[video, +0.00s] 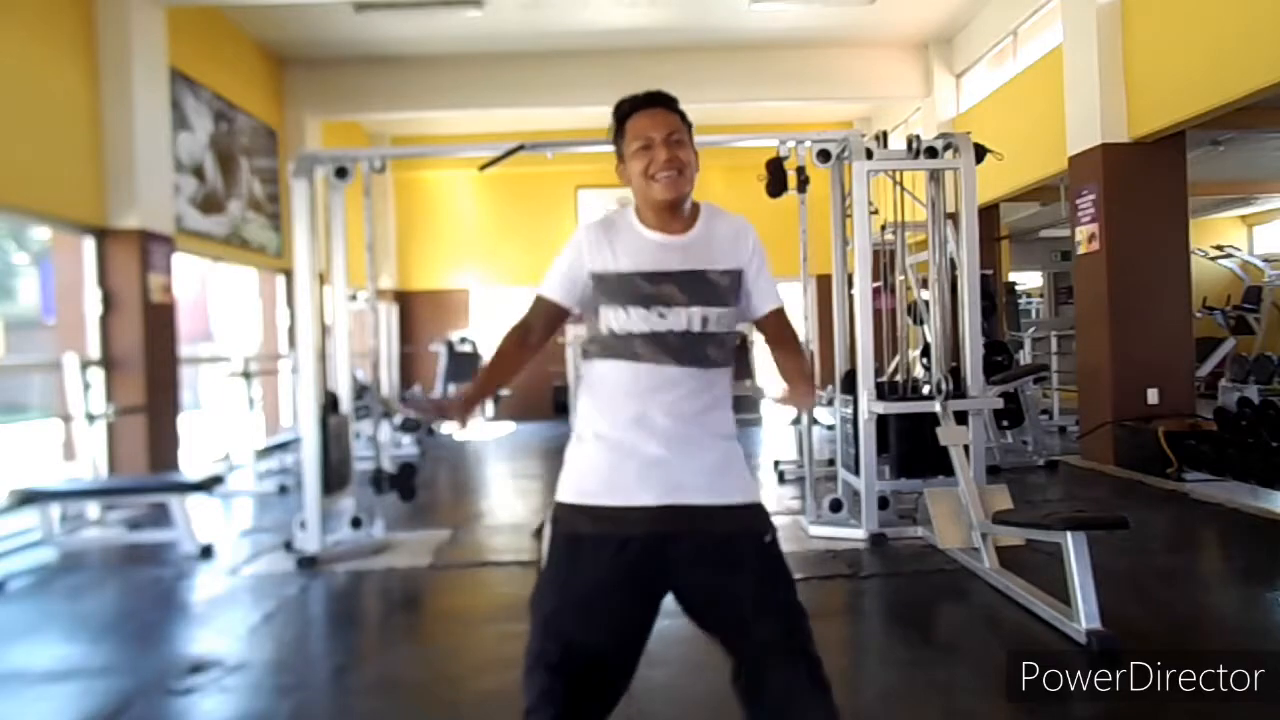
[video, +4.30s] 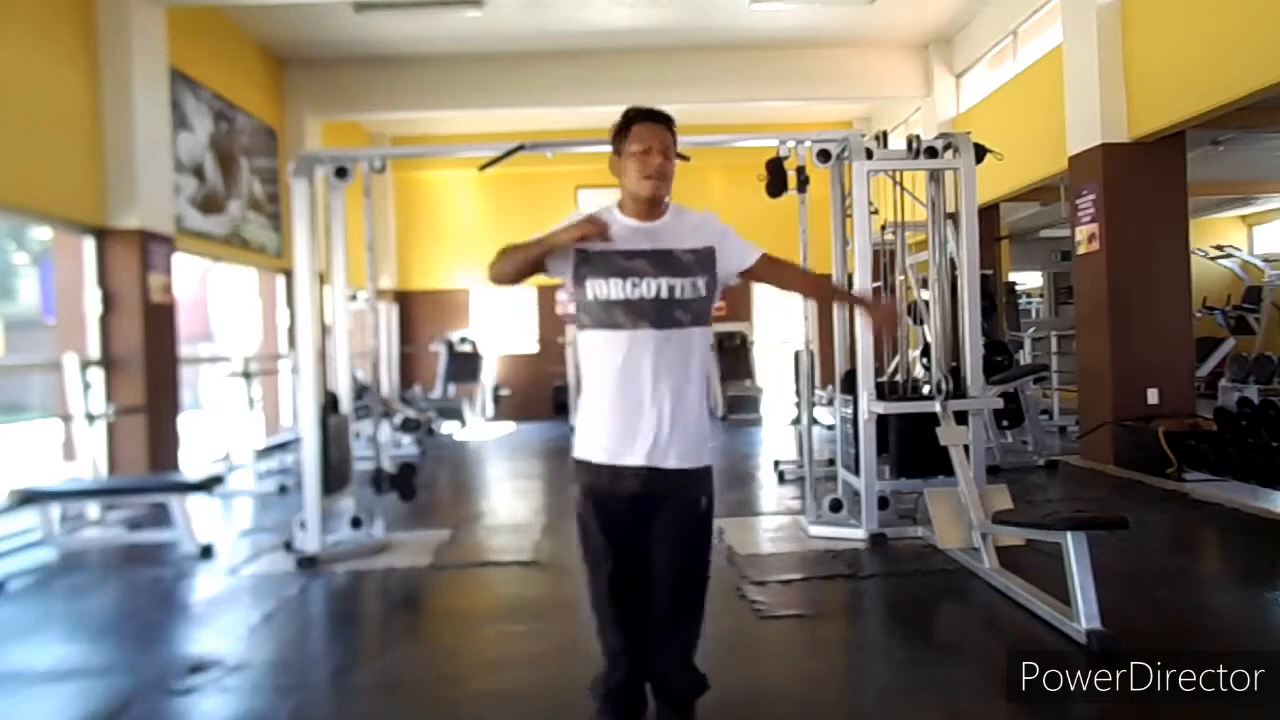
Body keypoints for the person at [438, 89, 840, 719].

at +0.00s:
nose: (666, 156)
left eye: (676, 141)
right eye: (646, 147)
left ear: (696, 152)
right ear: (623, 169)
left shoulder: (735, 239)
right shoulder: (594, 243)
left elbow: (776, 327)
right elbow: (535, 329)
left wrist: (799, 379)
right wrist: (474, 393)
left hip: (715, 496)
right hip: (603, 498)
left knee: (786, 671)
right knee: (561, 686)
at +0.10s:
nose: (668, 141)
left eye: (681, 127)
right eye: (649, 132)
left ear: (700, 141)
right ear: (627, 154)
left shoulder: (736, 226)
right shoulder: (597, 236)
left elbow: (755, 323)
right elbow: (551, 327)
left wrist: (770, 328)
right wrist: (494, 341)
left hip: (724, 497)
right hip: (607, 496)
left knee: (769, 693)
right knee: (554, 686)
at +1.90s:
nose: (670, 175)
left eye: (684, 165)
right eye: (658, 165)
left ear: (700, 178)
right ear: (639, 176)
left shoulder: (729, 255)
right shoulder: (607, 247)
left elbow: (752, 340)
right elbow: (557, 317)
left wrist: (790, 396)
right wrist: (547, 387)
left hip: (706, 457)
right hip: (615, 455)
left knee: (750, 593)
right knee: (592, 604)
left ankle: (769, 699)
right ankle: (575, 706)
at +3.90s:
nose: (652, 169)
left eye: (663, 160)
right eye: (638, 161)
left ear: (678, 176)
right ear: (618, 180)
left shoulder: (707, 247)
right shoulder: (594, 250)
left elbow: (725, 332)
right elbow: (554, 335)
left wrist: (735, 406)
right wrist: (550, 421)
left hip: (697, 448)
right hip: (611, 449)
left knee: (727, 580)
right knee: (589, 584)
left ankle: (716, 700)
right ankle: (574, 700)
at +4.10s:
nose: (653, 156)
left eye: (663, 146)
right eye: (639, 149)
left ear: (682, 160)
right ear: (621, 167)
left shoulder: (714, 229)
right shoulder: (599, 236)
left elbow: (742, 311)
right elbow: (554, 309)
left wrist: (738, 371)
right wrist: (502, 360)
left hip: (690, 440)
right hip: (606, 433)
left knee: (692, 608)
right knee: (561, 584)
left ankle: (710, 704)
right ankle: (593, 659)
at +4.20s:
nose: (651, 150)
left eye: (661, 139)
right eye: (637, 142)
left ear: (679, 152)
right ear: (618, 157)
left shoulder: (705, 221)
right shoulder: (587, 222)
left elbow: (756, 284)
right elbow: (533, 281)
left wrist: (799, 339)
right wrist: (526, 284)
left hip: (684, 431)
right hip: (603, 431)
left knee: (685, 572)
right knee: (604, 572)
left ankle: (686, 699)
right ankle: (614, 696)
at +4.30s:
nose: (655, 162)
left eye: (665, 152)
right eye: (641, 152)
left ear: (677, 163)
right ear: (616, 163)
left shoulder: (705, 232)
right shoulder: (586, 233)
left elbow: (782, 275)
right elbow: (501, 273)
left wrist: (861, 300)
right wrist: (557, 239)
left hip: (684, 453)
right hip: (605, 452)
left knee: (679, 600)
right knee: (616, 606)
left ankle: (676, 704)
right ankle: (618, 706)